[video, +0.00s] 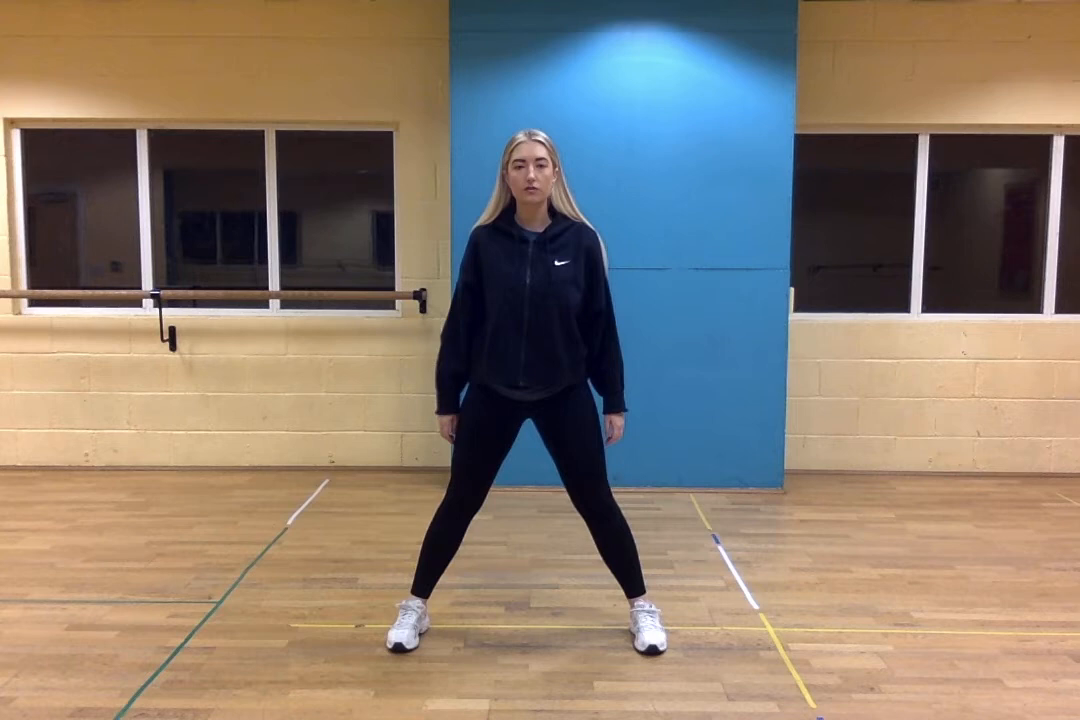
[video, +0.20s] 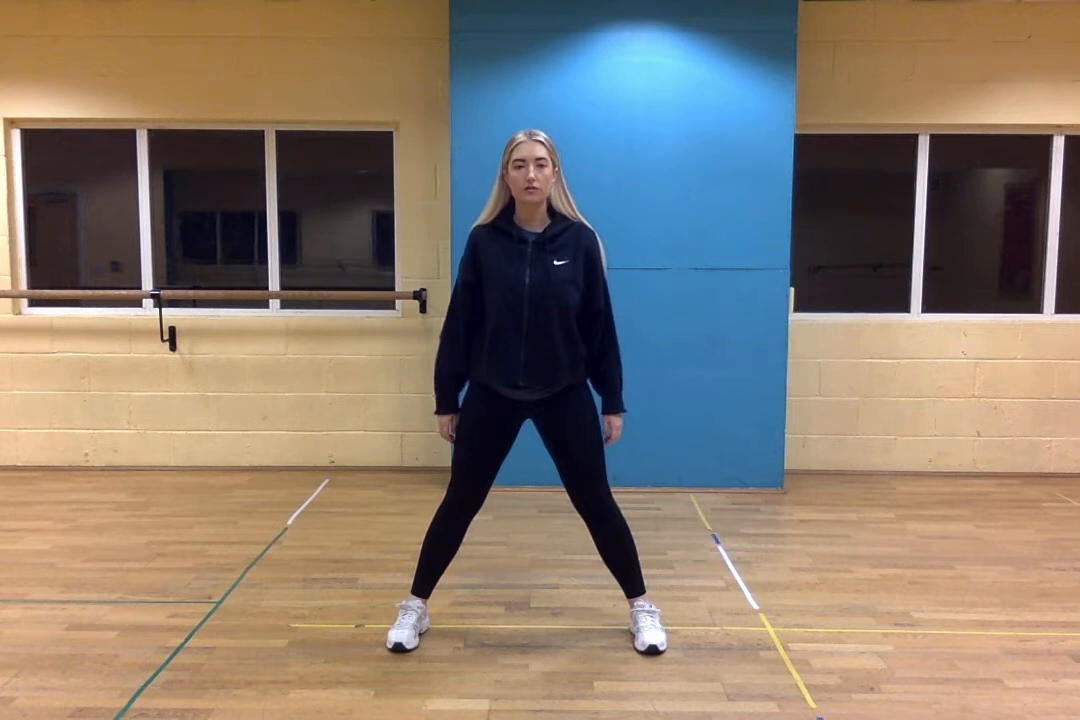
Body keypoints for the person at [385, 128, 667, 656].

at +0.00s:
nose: (531, 173)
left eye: (540, 164)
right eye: (520, 165)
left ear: (555, 173)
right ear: (506, 175)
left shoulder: (582, 239)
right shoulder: (485, 238)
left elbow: (600, 322)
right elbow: (461, 319)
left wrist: (614, 400)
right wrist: (447, 398)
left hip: (565, 391)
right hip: (493, 391)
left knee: (595, 501)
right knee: (460, 500)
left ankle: (641, 607)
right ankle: (414, 606)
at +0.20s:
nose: (530, 173)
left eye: (540, 164)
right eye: (520, 165)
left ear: (555, 173)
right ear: (506, 175)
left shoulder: (581, 239)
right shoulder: (485, 238)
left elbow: (599, 321)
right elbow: (460, 319)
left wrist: (612, 400)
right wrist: (446, 397)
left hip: (564, 392)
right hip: (493, 391)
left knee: (595, 501)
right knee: (461, 500)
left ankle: (641, 607)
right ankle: (414, 606)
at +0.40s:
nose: (529, 172)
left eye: (539, 163)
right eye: (519, 164)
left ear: (553, 172)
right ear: (505, 175)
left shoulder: (580, 238)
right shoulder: (484, 237)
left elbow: (598, 321)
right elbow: (460, 318)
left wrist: (612, 400)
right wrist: (445, 397)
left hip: (564, 391)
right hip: (493, 391)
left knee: (595, 501)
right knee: (461, 499)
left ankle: (641, 606)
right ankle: (414, 606)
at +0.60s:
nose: (529, 172)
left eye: (538, 163)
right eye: (518, 164)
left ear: (553, 172)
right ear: (505, 175)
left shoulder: (580, 239)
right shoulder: (484, 238)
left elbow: (598, 322)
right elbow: (459, 318)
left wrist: (612, 402)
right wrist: (445, 397)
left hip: (563, 392)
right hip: (492, 392)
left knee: (594, 502)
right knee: (461, 500)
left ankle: (641, 606)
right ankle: (414, 606)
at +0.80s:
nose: (530, 173)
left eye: (539, 164)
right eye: (519, 165)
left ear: (554, 172)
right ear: (505, 175)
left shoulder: (580, 239)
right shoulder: (484, 237)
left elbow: (599, 323)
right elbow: (459, 317)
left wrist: (613, 403)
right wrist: (445, 397)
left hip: (564, 392)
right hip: (493, 391)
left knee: (594, 502)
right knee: (461, 500)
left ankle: (641, 607)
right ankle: (414, 606)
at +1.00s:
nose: (530, 173)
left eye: (539, 164)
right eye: (519, 165)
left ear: (555, 172)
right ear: (506, 175)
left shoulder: (580, 239)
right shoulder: (484, 237)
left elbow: (599, 323)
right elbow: (459, 318)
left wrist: (613, 402)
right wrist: (445, 397)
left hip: (564, 392)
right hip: (493, 392)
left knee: (594, 502)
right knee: (461, 500)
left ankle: (641, 607)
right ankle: (415, 606)